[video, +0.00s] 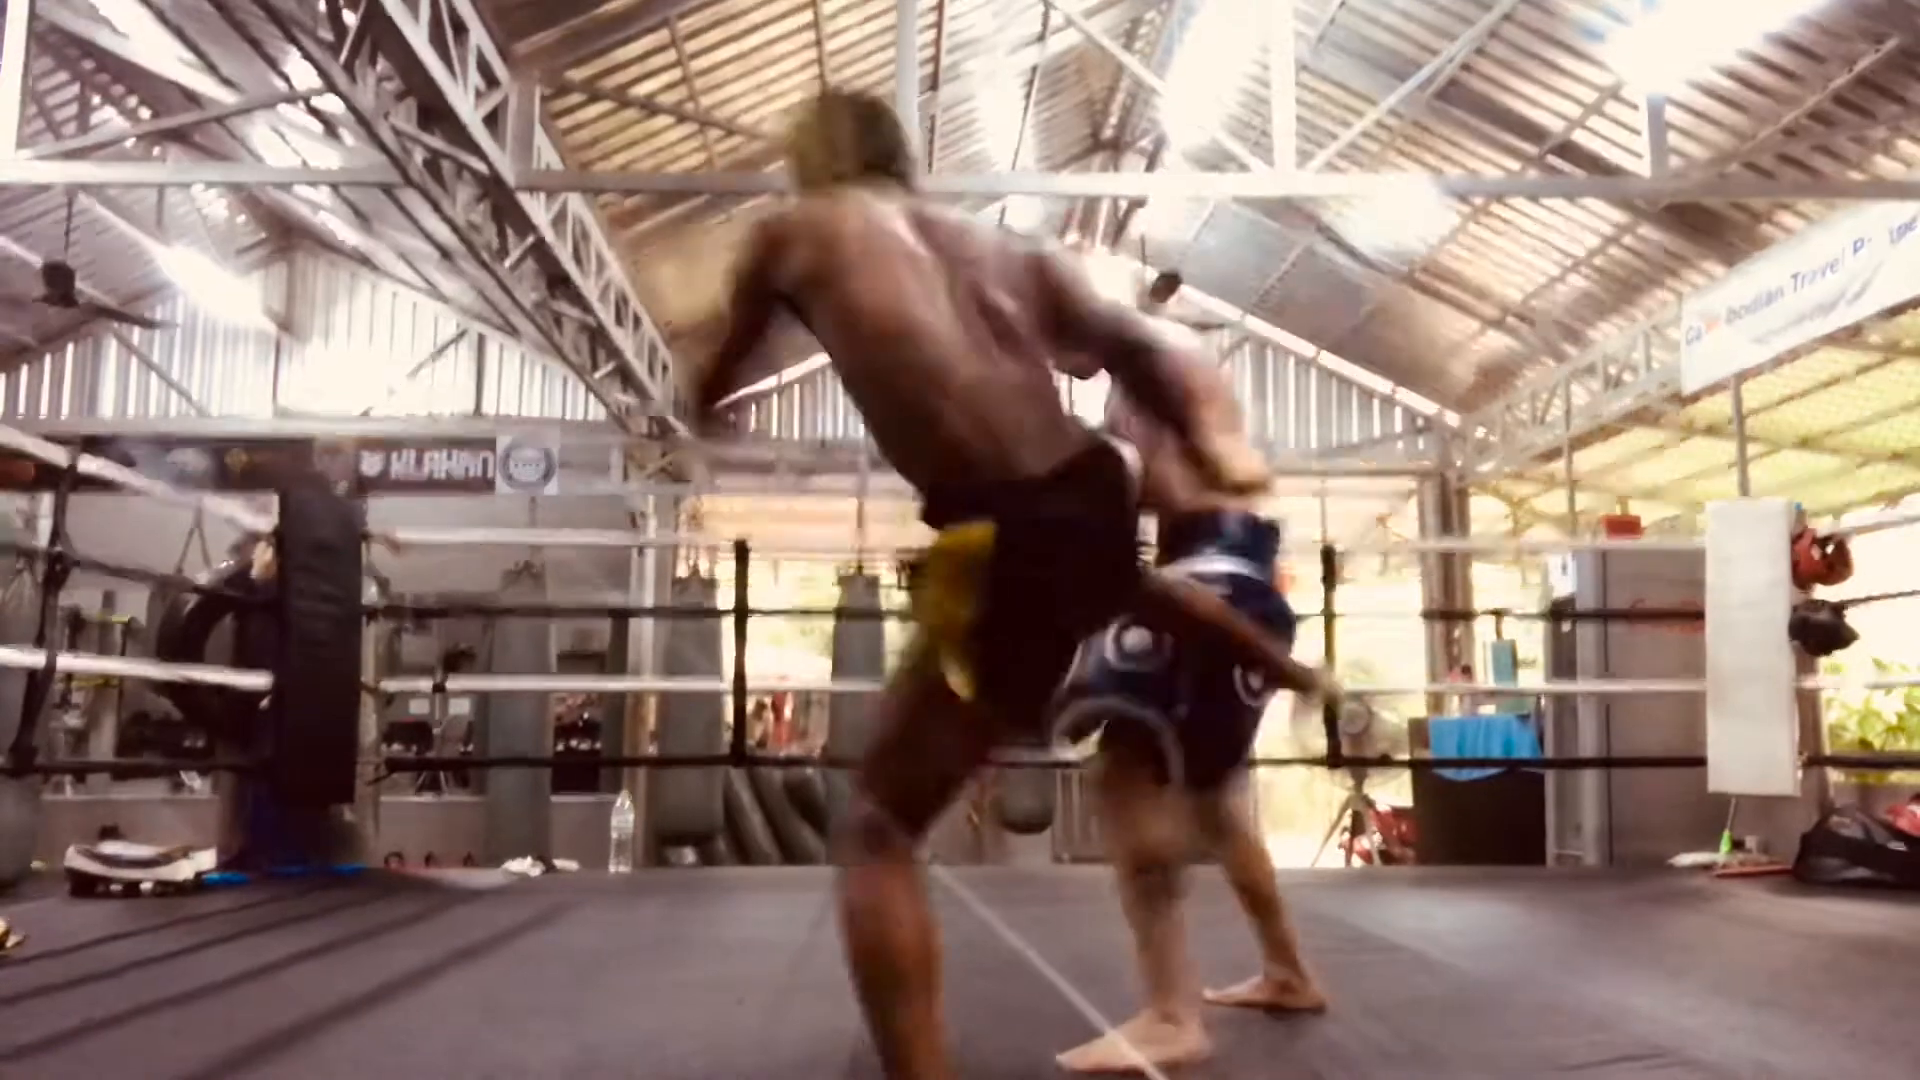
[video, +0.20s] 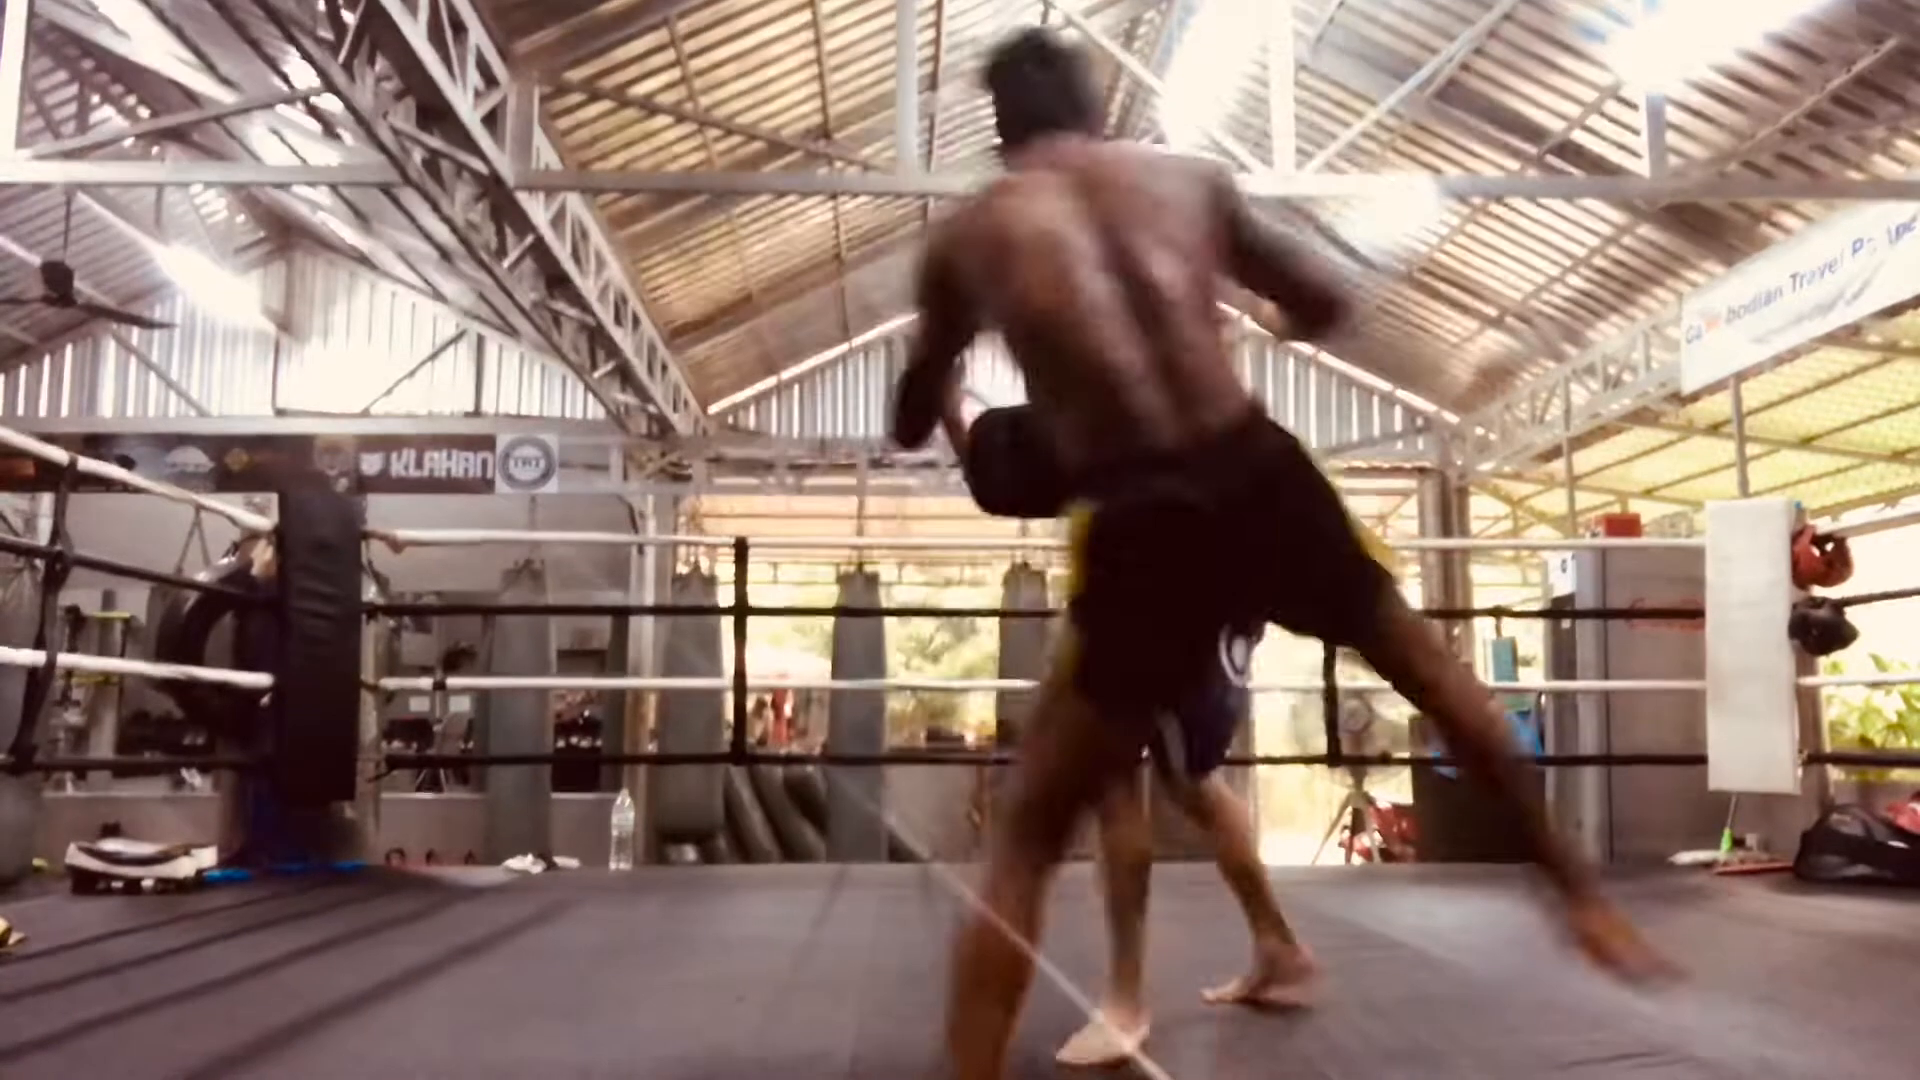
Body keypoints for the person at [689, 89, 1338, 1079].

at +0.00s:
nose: (791, 178)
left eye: (796, 163)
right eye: (797, 162)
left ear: (812, 164)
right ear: (897, 161)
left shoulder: (795, 231)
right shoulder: (993, 244)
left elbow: (710, 395)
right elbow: (1138, 347)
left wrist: (719, 352)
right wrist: (1212, 455)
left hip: (997, 546)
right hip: (1100, 493)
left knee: (875, 828)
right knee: (1129, 591)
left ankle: (920, 1067)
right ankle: (1304, 680)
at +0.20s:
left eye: (1001, 124)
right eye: (1084, 102)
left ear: (997, 124)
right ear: (1096, 105)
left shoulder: (967, 235)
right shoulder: (1186, 175)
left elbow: (914, 417)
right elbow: (1323, 299)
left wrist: (947, 398)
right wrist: (1263, 307)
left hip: (1142, 533)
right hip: (1267, 488)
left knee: (1027, 831)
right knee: (1434, 673)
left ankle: (969, 1066)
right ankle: (1583, 898)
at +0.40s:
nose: (1302, 165)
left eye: (1304, 147)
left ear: (1313, 143)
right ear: (1414, 127)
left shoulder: (1283, 253)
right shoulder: (1491, 217)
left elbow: (1142, 351)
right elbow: (1540, 361)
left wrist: (1031, 422)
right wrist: (1490, 354)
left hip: (1354, 594)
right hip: (1499, 578)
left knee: (1199, 860)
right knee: (1718, 848)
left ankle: (1049, 1062)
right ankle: (1823, 1072)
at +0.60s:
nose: (1444, 114)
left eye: (1450, 95)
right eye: (1444, 97)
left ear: (1483, 79)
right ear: (1563, 77)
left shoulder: (1461, 163)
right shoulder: (1669, 176)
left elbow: (1338, 278)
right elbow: (1678, 366)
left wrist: (1236, 411)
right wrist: (1570, 305)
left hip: (1475, 488)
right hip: (1622, 485)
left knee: (1385, 780)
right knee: (1733, 810)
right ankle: (1832, 1067)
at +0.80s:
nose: (1478, 140)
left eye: (1483, 119)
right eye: (1476, 122)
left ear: (1523, 106)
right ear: (1590, 108)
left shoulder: (1513, 186)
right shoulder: (1685, 209)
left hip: (1569, 511)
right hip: (1704, 504)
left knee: (1492, 803)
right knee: (1774, 827)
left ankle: (1615, 1056)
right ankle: (1843, 1072)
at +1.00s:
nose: (1446, 185)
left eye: (1452, 161)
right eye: (1441, 163)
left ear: (1502, 150)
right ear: (1552, 153)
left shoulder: (1520, 225)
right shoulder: (1643, 243)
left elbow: (1499, 346)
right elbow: (1548, 409)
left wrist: (1351, 353)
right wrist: (1407, 397)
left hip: (1596, 516)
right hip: (1715, 510)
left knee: (1543, 794)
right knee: (1749, 771)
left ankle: (1624, 1062)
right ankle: (1827, 1000)